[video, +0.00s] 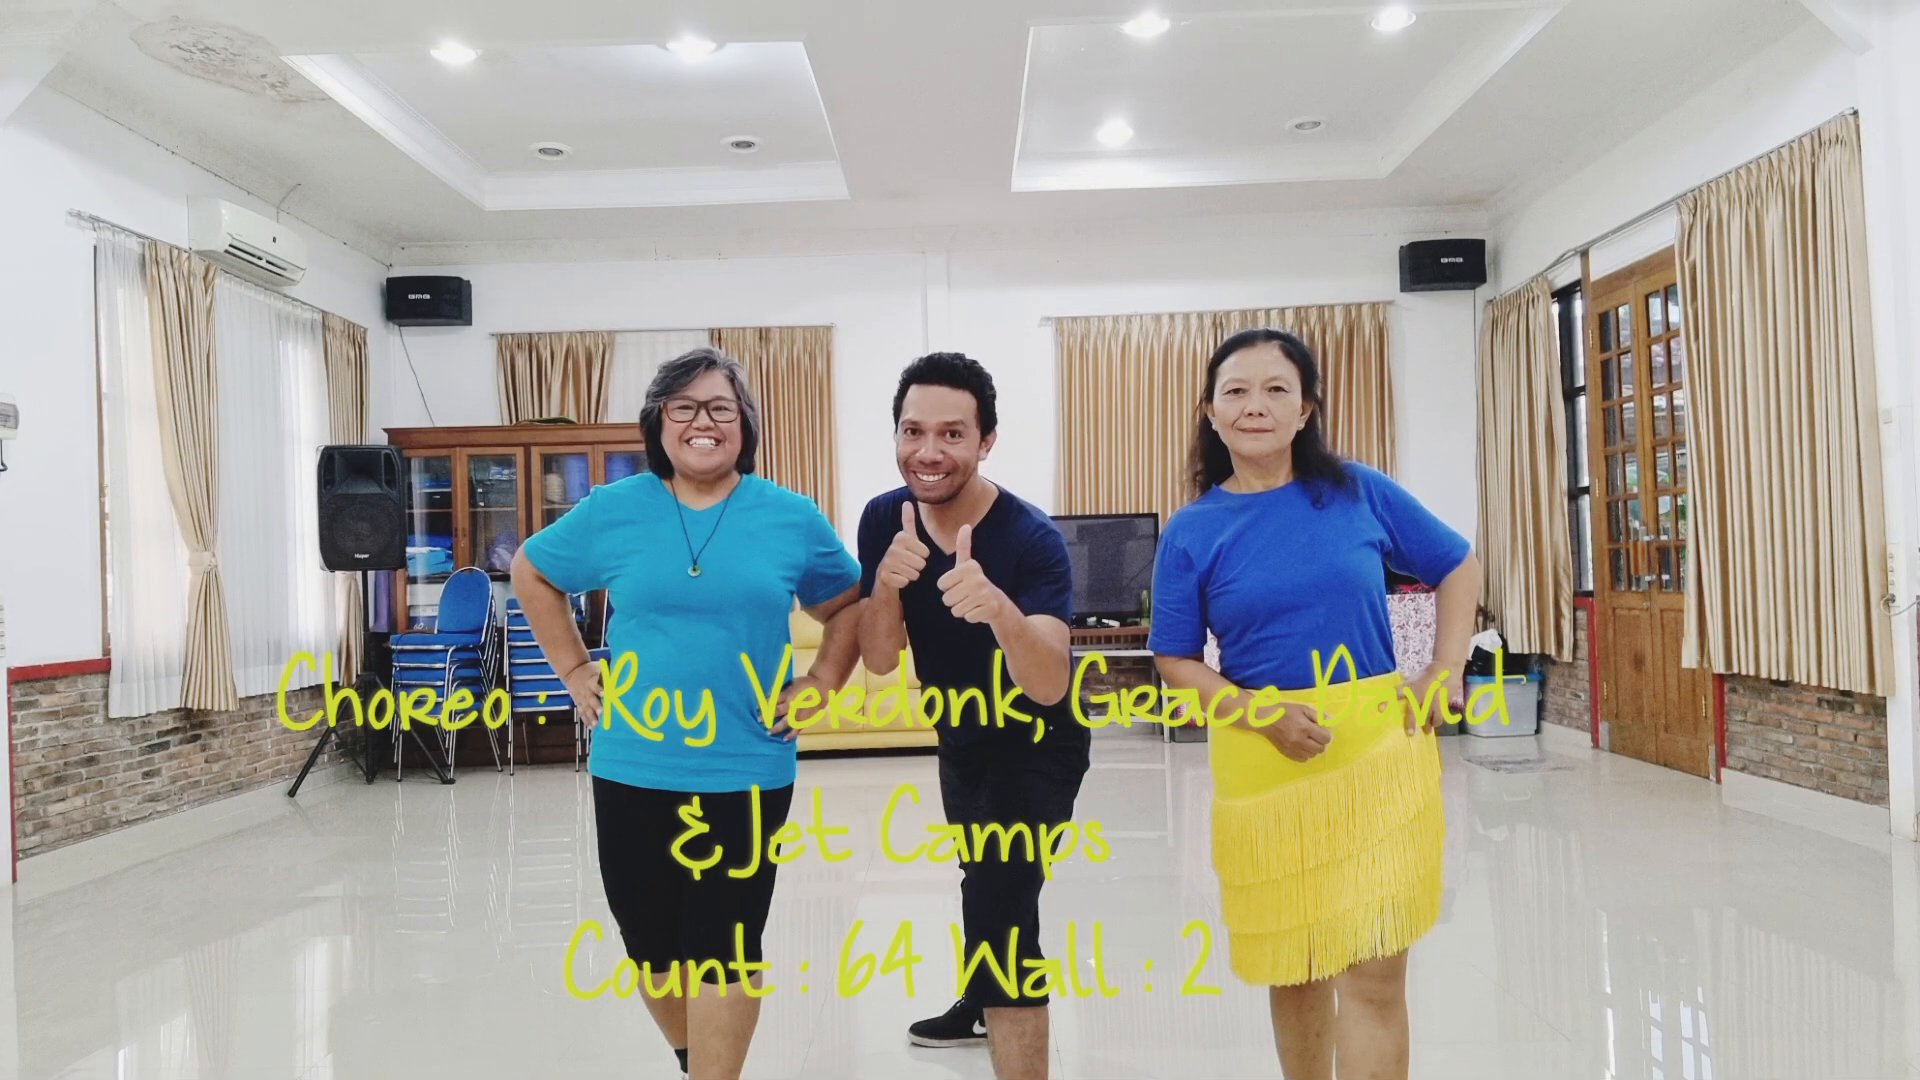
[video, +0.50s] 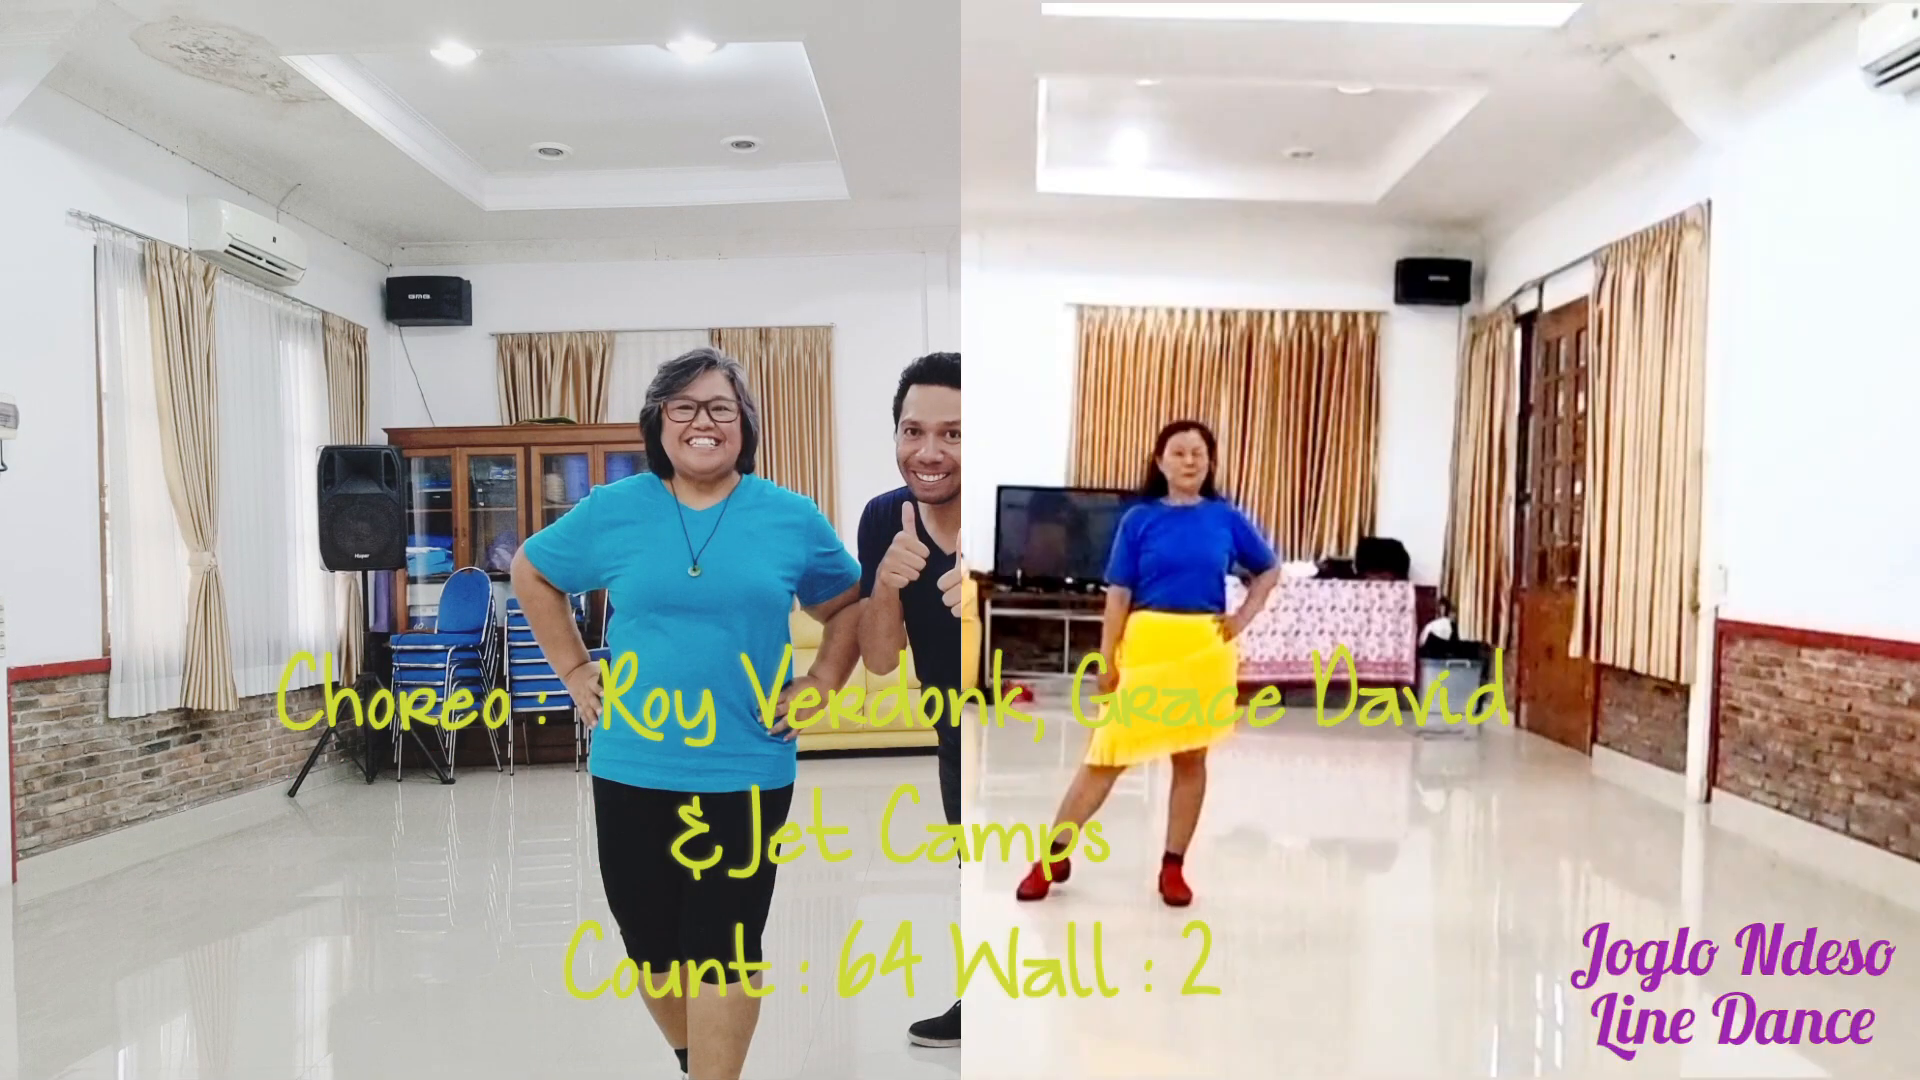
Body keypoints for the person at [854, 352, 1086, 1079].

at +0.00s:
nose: (929, 453)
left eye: (951, 436)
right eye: (914, 433)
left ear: (986, 444)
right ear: (896, 438)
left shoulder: (1031, 541)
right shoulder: (886, 521)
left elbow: (1050, 684)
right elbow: (880, 660)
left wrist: (1002, 613)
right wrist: (883, 588)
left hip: (1040, 742)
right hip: (960, 741)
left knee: (1001, 920)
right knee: (981, 878)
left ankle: (1023, 1071)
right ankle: (985, 1002)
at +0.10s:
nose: (930, 453)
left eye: (952, 436)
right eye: (915, 433)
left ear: (986, 444)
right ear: (896, 439)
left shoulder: (1031, 541)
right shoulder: (885, 521)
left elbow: (1050, 684)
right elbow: (880, 660)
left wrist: (1001, 612)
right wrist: (883, 589)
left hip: (1039, 742)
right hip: (961, 741)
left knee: (1001, 923)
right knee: (981, 878)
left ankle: (1023, 1070)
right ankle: (986, 1003)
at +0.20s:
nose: (930, 453)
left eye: (952, 436)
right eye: (915, 433)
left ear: (986, 444)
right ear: (896, 439)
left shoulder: (1031, 541)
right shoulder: (885, 521)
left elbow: (1050, 684)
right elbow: (880, 660)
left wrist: (1001, 612)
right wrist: (883, 589)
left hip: (1039, 742)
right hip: (961, 741)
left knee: (1001, 923)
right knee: (981, 878)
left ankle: (1023, 1070)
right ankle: (986, 1003)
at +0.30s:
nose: (930, 453)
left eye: (952, 436)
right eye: (915, 433)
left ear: (986, 444)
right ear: (896, 439)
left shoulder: (1031, 541)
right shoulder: (885, 521)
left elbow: (1050, 684)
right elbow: (880, 660)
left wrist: (1001, 612)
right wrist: (883, 589)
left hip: (1039, 742)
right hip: (961, 741)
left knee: (1001, 923)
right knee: (981, 878)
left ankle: (1023, 1070)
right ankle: (986, 1003)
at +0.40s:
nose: (929, 453)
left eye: (951, 436)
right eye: (914, 433)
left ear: (986, 444)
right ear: (896, 438)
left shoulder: (1031, 541)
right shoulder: (885, 521)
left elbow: (1050, 684)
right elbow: (880, 660)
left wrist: (1002, 613)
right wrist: (883, 588)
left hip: (1040, 742)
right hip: (960, 741)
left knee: (1001, 920)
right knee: (981, 878)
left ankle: (1023, 1071)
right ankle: (985, 1002)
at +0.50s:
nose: (929, 453)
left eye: (950, 435)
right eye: (914, 433)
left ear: (983, 443)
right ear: (895, 440)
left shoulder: (1012, 515)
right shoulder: (886, 518)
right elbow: (879, 659)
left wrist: (987, 592)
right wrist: (884, 583)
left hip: (1028, 720)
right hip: (958, 723)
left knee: (1021, 865)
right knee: (973, 863)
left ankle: (1019, 1001)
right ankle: (975, 995)